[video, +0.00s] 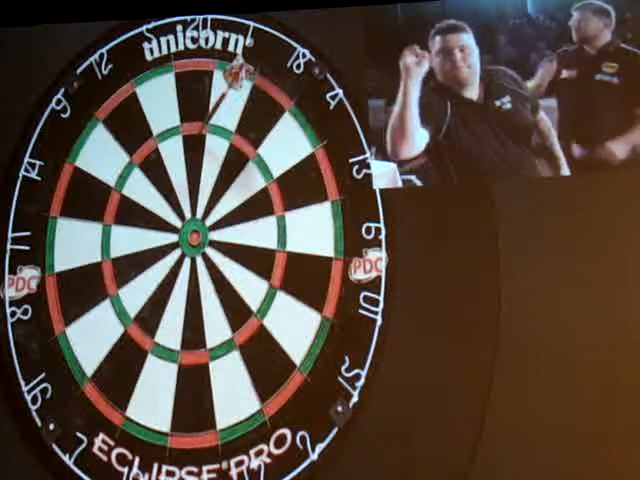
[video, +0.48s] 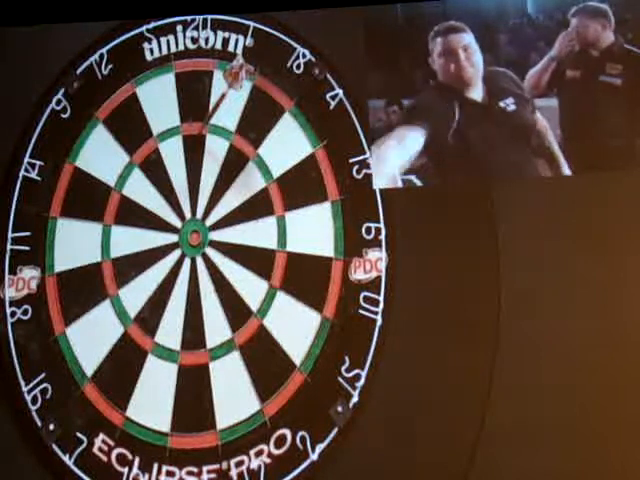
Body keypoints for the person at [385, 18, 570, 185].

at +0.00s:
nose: (457, 59)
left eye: (463, 49)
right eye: (446, 54)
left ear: (477, 53)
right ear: (432, 62)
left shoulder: (503, 80)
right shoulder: (433, 101)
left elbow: (539, 122)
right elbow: (401, 152)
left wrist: (563, 171)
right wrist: (410, 80)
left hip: (534, 195)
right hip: (476, 207)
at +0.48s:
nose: (461, 62)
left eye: (467, 51)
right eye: (448, 56)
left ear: (480, 54)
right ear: (433, 65)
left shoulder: (503, 81)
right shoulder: (434, 104)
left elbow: (540, 128)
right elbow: (404, 142)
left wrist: (564, 172)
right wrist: (385, 169)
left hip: (531, 201)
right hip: (471, 211)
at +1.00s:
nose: (460, 65)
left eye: (467, 54)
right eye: (447, 59)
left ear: (479, 56)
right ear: (432, 66)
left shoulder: (504, 82)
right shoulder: (427, 118)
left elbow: (541, 126)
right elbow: (436, 193)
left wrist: (556, 179)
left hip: (540, 199)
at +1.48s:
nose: (463, 57)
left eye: (470, 48)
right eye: (451, 51)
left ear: (483, 51)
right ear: (436, 59)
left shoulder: (507, 81)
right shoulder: (430, 107)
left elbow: (545, 131)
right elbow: (404, 173)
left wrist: (567, 180)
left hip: (530, 203)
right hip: (468, 215)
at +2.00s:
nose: (457, 58)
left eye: (464, 49)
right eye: (446, 52)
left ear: (477, 52)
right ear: (432, 61)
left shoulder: (503, 81)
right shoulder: (432, 102)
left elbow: (543, 128)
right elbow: (399, 151)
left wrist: (568, 177)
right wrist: (404, 79)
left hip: (530, 200)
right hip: (473, 210)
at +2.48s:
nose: (459, 65)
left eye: (465, 55)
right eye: (446, 59)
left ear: (479, 58)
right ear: (432, 68)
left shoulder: (505, 87)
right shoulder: (436, 110)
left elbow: (546, 130)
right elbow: (402, 135)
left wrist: (576, 171)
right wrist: (366, 153)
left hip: (527, 203)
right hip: (469, 211)